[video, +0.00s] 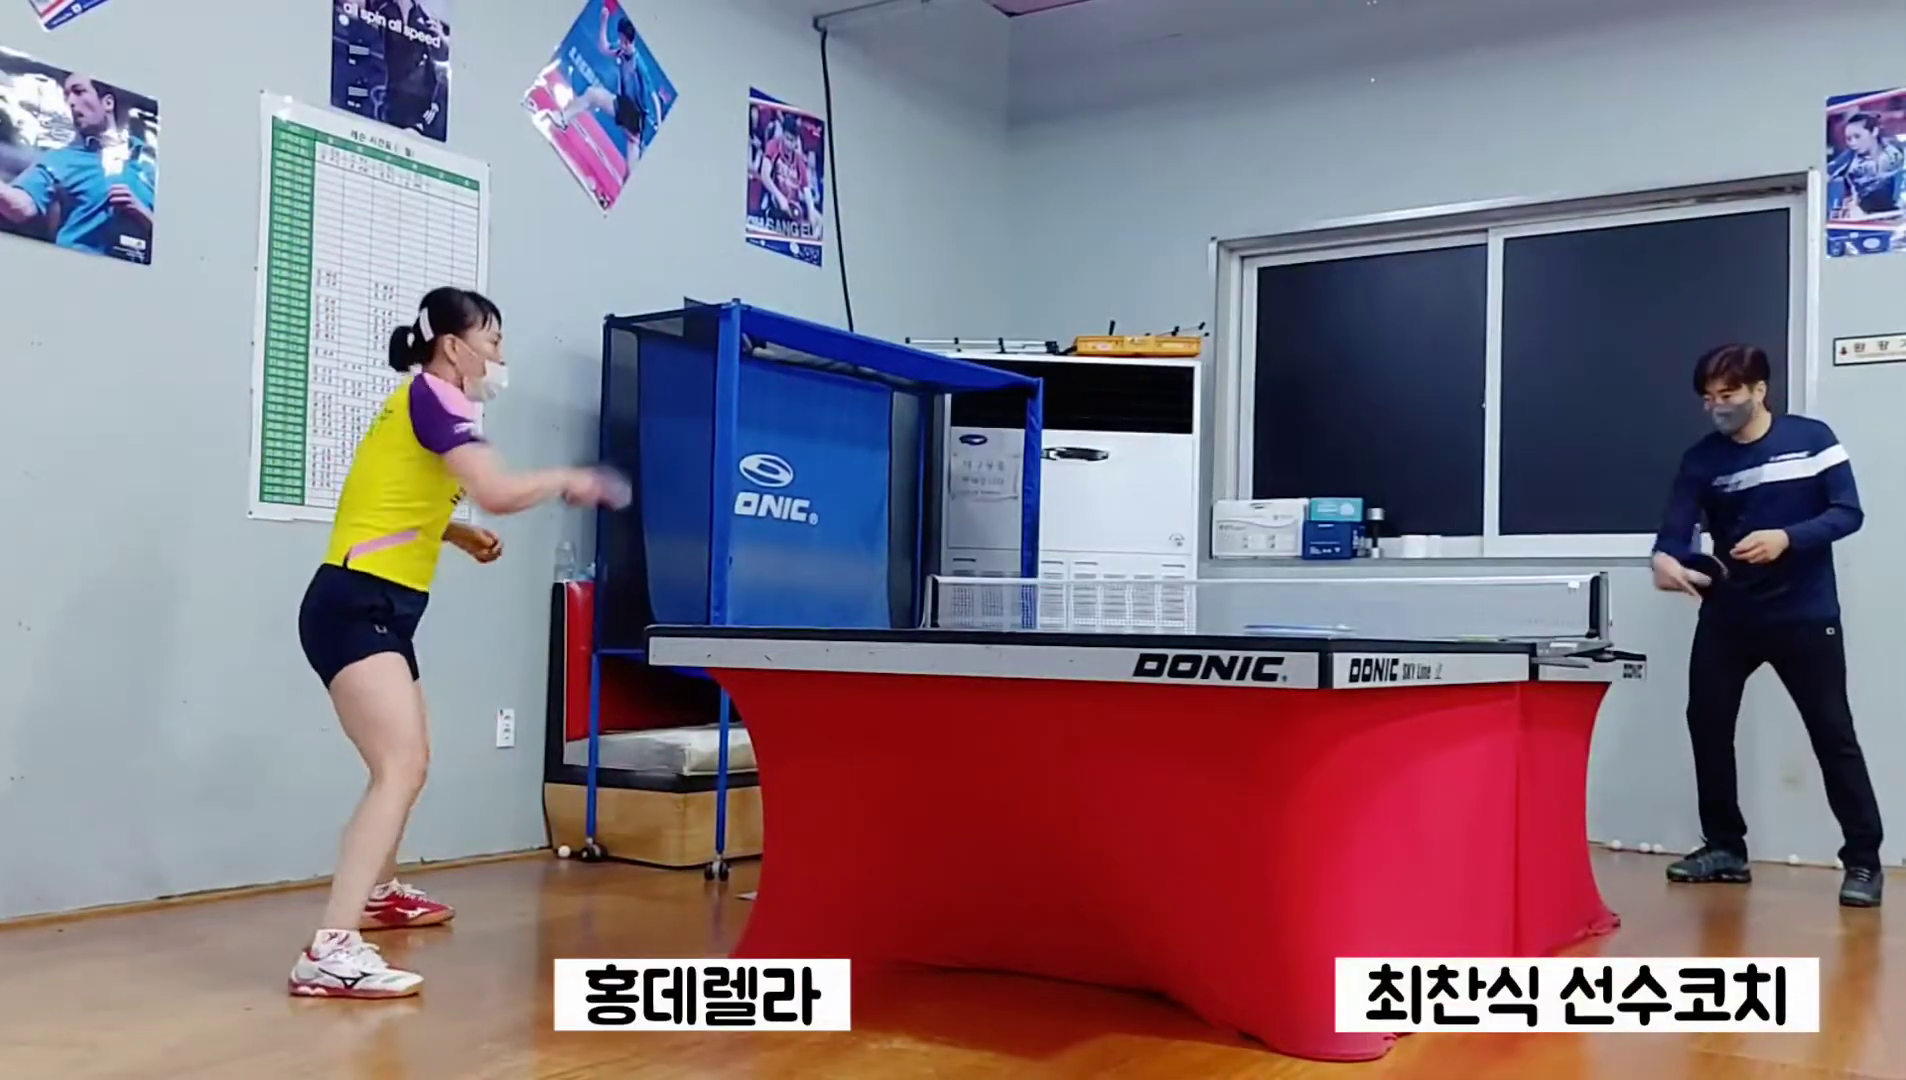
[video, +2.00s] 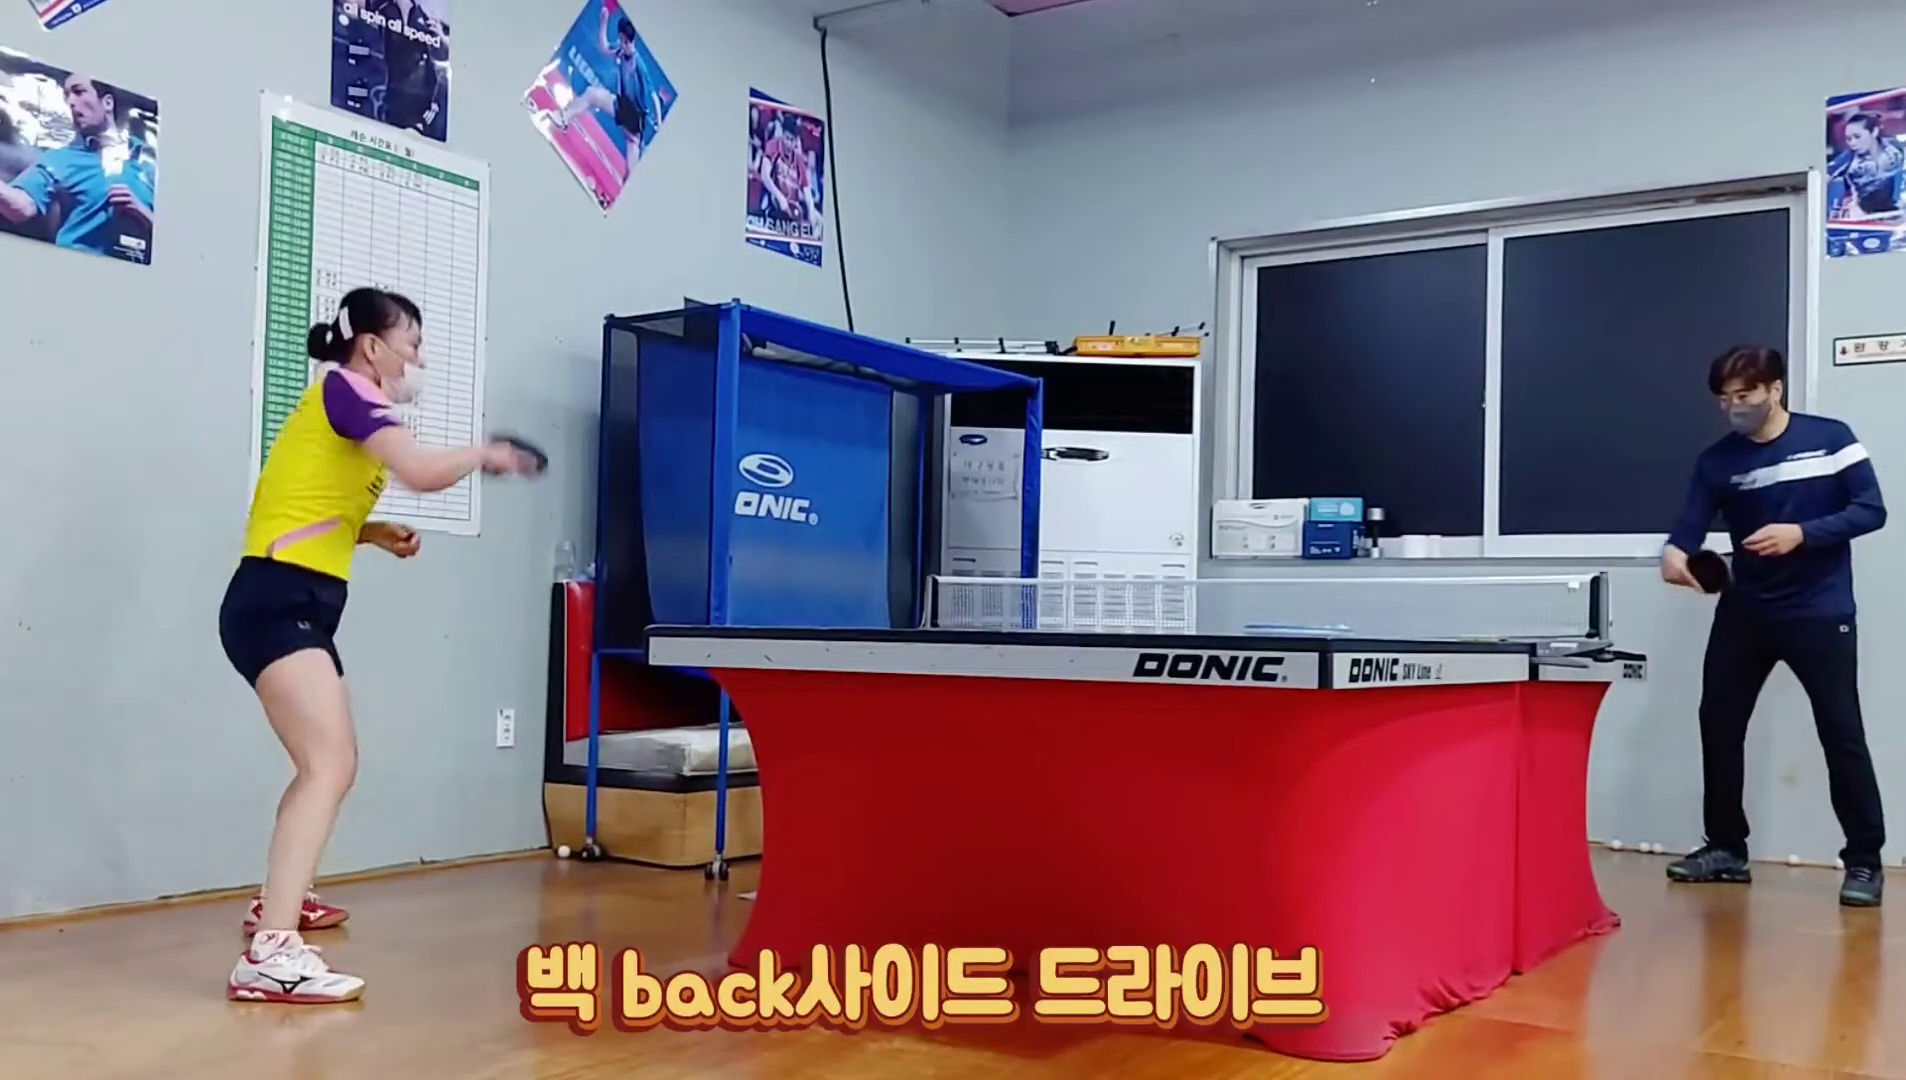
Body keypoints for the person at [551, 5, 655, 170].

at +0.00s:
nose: (621, 42)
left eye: (623, 39)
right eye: (621, 38)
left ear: (627, 40)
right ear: (622, 39)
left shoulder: (631, 56)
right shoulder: (622, 53)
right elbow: (603, 49)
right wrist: (604, 22)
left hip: (629, 108)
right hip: (637, 115)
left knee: (593, 94)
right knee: (632, 163)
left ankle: (563, 118)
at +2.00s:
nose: (621, 42)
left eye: (624, 39)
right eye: (621, 39)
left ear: (628, 40)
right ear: (619, 38)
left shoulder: (632, 58)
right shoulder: (621, 53)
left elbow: (631, 55)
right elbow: (604, 50)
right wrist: (603, 23)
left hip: (629, 108)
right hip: (636, 114)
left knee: (592, 94)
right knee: (633, 146)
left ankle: (563, 118)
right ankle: (630, 182)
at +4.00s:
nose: (621, 42)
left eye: (624, 40)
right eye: (621, 39)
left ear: (628, 40)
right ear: (619, 38)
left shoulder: (631, 57)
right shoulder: (621, 53)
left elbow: (630, 55)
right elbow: (604, 50)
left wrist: (628, 50)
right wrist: (604, 22)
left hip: (628, 107)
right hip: (636, 114)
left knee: (592, 94)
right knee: (633, 144)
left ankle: (562, 118)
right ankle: (629, 179)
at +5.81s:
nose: (622, 43)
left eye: (624, 40)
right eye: (622, 40)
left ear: (628, 41)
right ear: (622, 40)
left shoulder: (632, 56)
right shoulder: (621, 54)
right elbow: (604, 49)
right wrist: (604, 22)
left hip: (628, 109)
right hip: (636, 115)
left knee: (593, 94)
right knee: (632, 164)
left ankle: (563, 118)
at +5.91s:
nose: (621, 42)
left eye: (623, 39)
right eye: (621, 38)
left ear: (627, 39)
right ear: (623, 38)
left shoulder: (629, 53)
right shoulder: (623, 52)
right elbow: (604, 49)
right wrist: (604, 22)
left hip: (628, 109)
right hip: (637, 116)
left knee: (593, 94)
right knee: (633, 163)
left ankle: (564, 118)